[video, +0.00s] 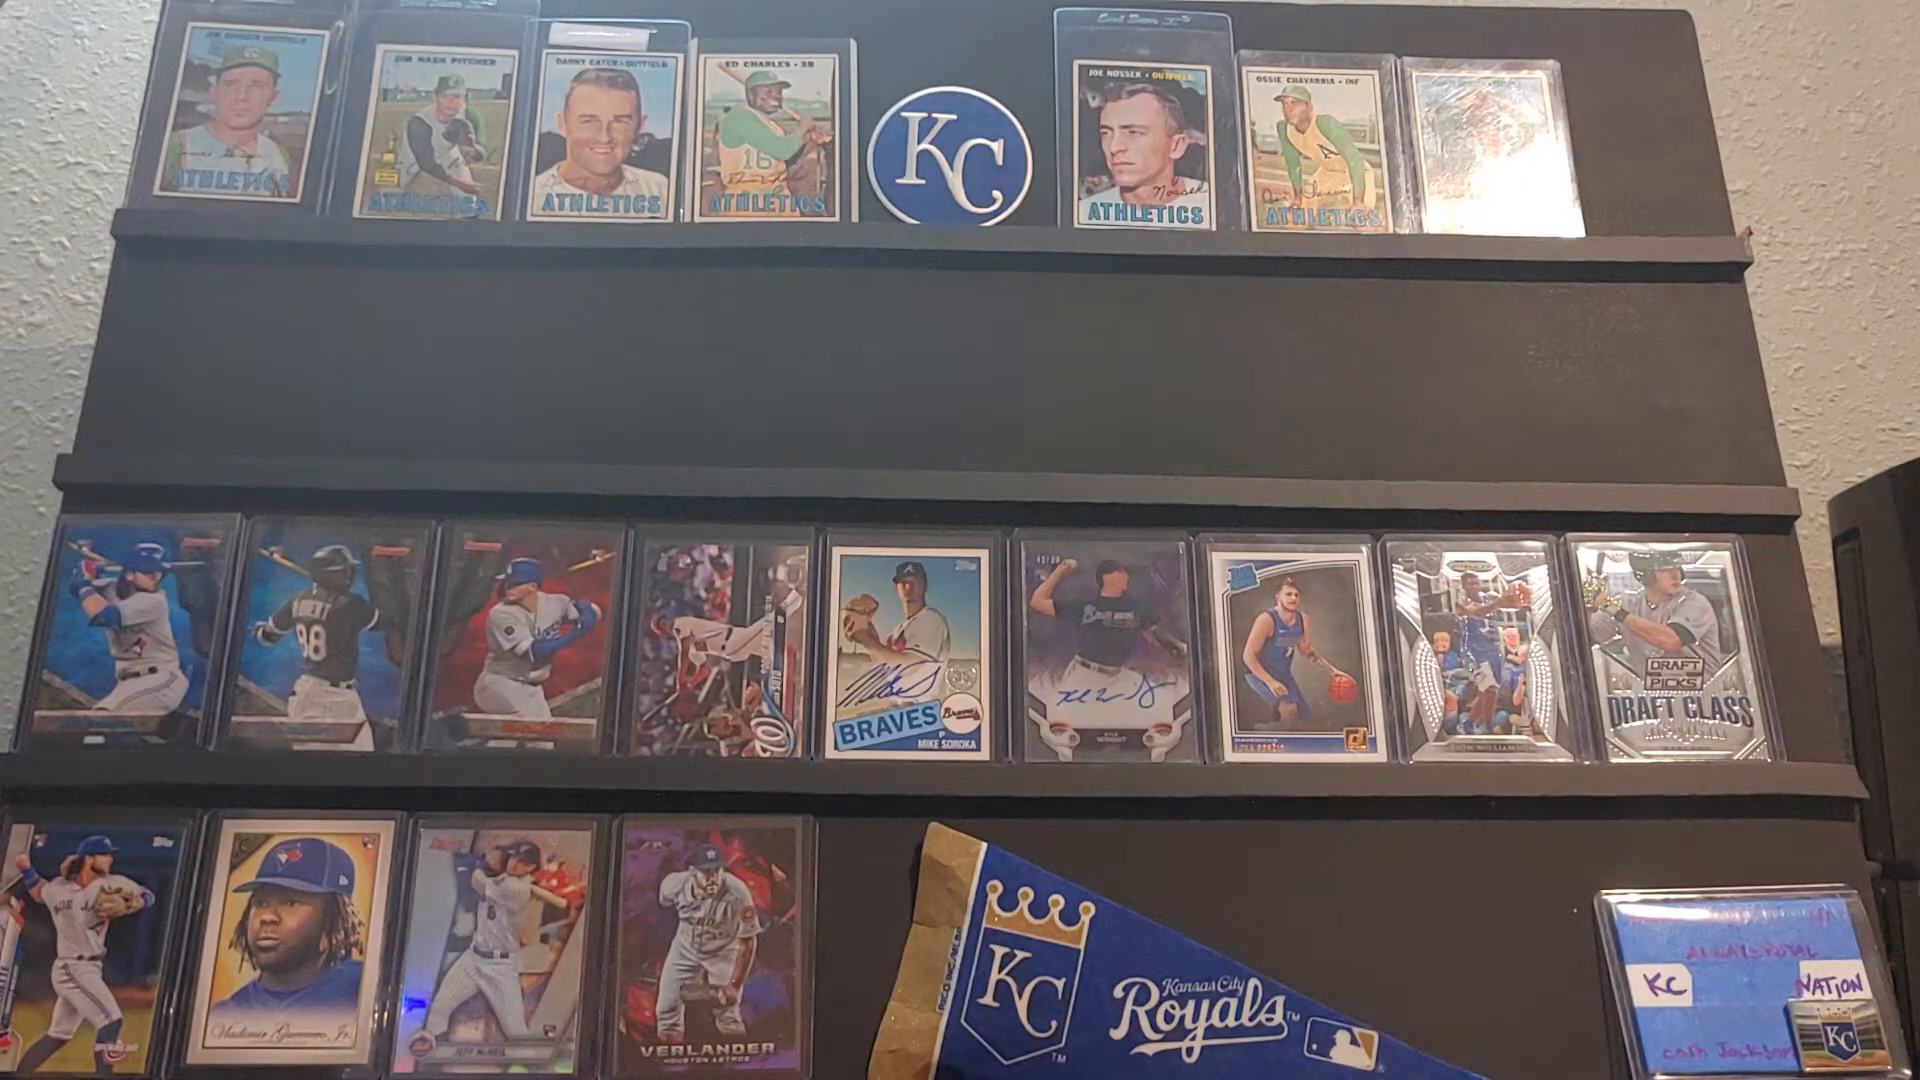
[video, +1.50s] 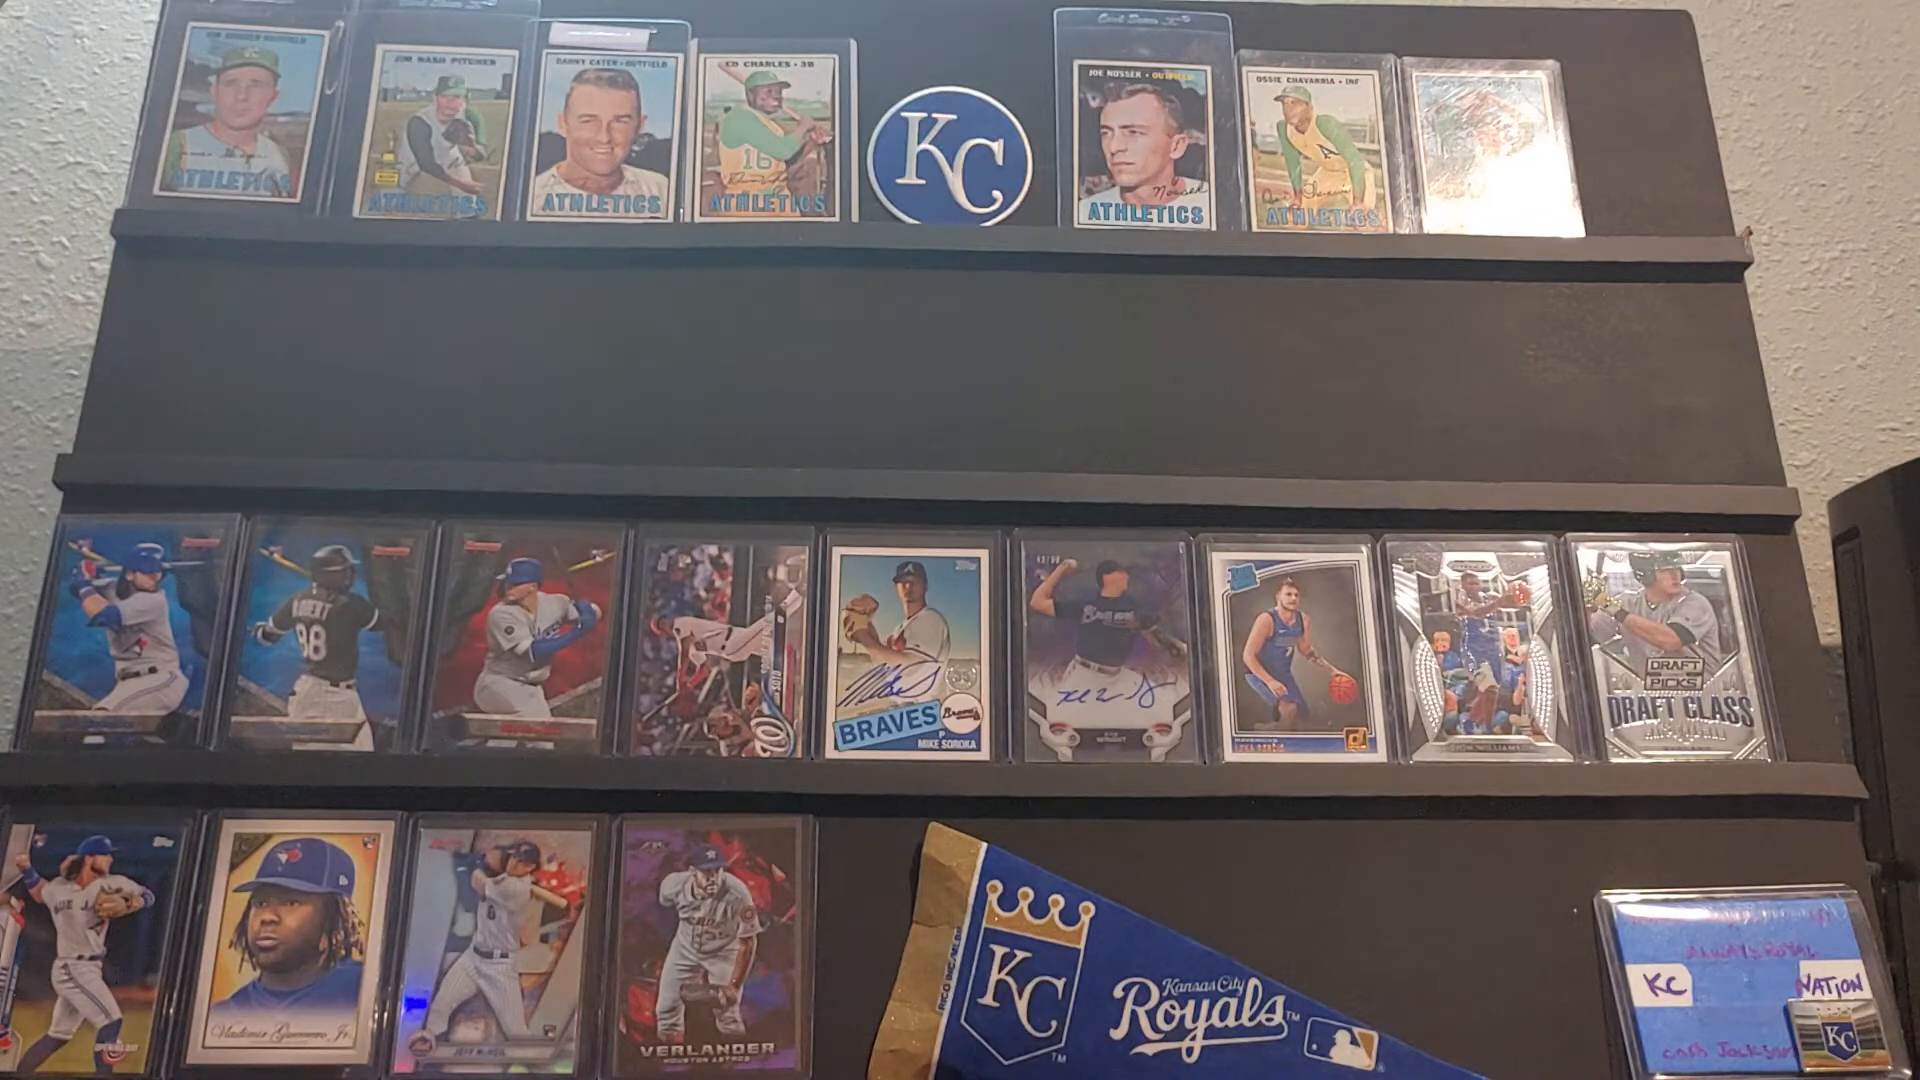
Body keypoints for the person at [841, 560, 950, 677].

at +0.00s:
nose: (907, 588)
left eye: (913, 582)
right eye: (902, 582)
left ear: (925, 586)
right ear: (896, 587)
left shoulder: (930, 619)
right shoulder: (900, 627)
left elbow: (910, 662)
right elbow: (881, 664)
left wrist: (867, 641)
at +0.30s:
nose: (907, 588)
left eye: (913, 583)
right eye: (902, 583)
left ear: (925, 587)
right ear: (896, 588)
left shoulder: (930, 619)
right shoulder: (900, 627)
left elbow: (910, 663)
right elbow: (880, 660)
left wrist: (866, 640)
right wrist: (866, 624)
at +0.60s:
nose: (907, 588)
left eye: (913, 583)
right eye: (902, 583)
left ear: (925, 587)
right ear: (896, 588)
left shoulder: (930, 619)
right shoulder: (901, 627)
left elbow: (910, 663)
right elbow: (880, 660)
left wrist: (866, 639)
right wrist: (866, 624)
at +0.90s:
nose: (907, 588)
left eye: (913, 583)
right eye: (902, 583)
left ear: (925, 586)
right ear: (896, 588)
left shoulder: (930, 619)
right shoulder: (902, 626)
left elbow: (911, 663)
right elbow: (880, 659)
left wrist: (865, 638)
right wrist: (865, 623)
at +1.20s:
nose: (907, 588)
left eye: (913, 583)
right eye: (902, 583)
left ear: (925, 586)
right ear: (896, 588)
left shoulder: (930, 619)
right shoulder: (902, 626)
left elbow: (911, 663)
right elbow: (880, 659)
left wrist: (865, 638)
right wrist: (865, 623)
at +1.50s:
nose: (907, 587)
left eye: (913, 582)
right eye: (902, 582)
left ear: (924, 587)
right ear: (896, 588)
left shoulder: (929, 619)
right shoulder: (901, 627)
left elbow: (910, 661)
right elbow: (879, 658)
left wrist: (865, 639)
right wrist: (864, 621)